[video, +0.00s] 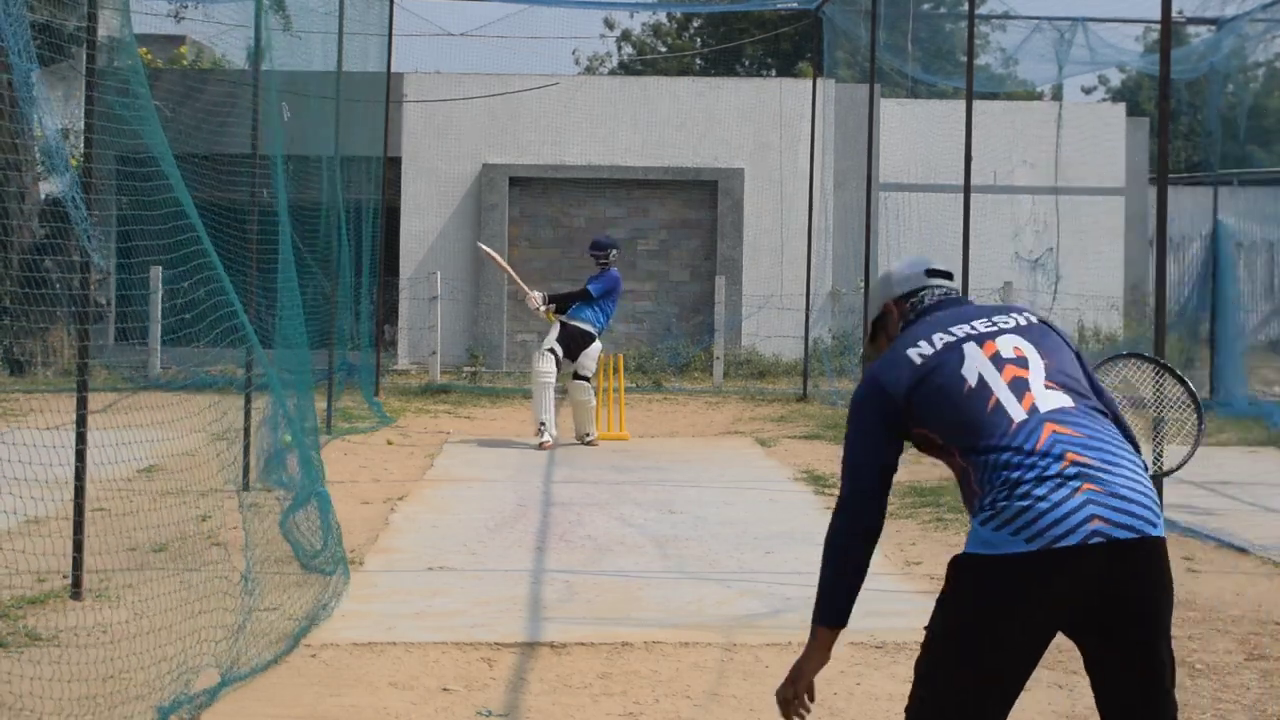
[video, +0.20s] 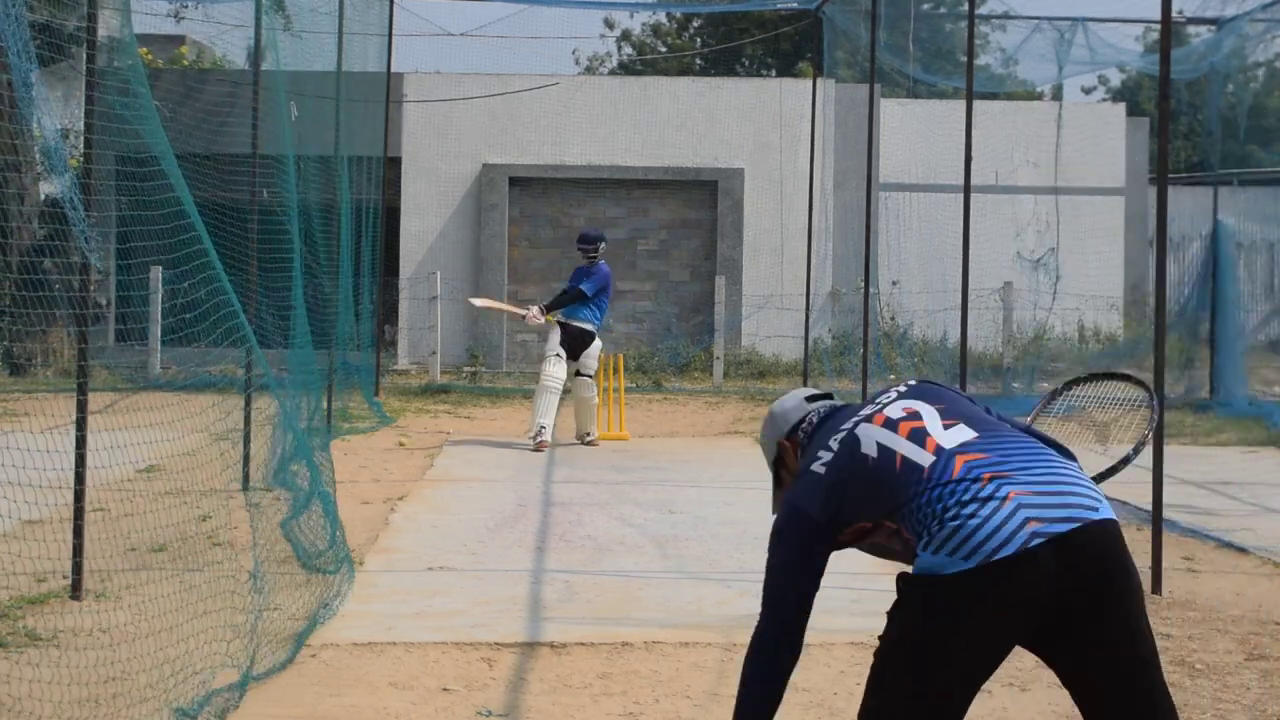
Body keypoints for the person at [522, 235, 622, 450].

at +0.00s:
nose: (599, 260)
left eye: (602, 256)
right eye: (596, 256)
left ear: (610, 255)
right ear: (593, 256)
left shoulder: (612, 277)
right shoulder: (595, 279)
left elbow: (583, 295)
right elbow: (572, 307)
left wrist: (545, 298)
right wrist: (548, 308)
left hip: (588, 332)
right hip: (566, 326)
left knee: (580, 384)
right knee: (544, 365)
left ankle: (585, 434)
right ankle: (545, 430)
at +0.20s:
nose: (587, 256)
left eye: (591, 251)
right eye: (583, 251)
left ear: (600, 250)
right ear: (580, 251)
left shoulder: (602, 272)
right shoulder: (579, 272)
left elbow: (576, 295)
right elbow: (565, 295)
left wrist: (544, 309)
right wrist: (541, 311)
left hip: (586, 333)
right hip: (564, 328)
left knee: (584, 385)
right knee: (551, 377)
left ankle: (586, 433)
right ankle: (542, 431)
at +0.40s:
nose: (574, 251)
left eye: (578, 246)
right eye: (569, 246)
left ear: (586, 246)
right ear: (563, 246)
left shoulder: (589, 269)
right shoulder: (556, 266)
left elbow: (579, 304)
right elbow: (548, 294)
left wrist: (563, 331)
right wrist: (548, 319)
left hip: (580, 327)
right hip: (555, 325)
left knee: (581, 380)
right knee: (547, 378)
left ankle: (586, 431)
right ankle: (545, 434)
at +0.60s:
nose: (570, 250)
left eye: (575, 246)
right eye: (566, 245)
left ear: (580, 244)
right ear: (559, 240)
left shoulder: (585, 264)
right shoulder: (545, 262)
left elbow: (589, 296)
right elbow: (543, 298)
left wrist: (591, 323)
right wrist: (566, 317)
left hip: (573, 321)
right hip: (547, 320)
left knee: (582, 380)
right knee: (549, 377)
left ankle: (579, 426)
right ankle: (545, 434)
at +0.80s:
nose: (576, 246)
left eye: (581, 243)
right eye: (574, 240)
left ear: (584, 244)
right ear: (565, 235)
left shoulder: (579, 261)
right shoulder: (549, 258)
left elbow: (573, 289)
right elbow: (547, 295)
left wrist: (593, 301)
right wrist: (577, 308)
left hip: (568, 319)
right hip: (547, 318)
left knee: (580, 375)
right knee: (551, 376)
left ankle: (564, 432)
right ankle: (544, 434)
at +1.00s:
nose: (589, 248)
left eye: (591, 244)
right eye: (588, 243)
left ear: (587, 241)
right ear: (579, 237)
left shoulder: (579, 260)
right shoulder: (559, 256)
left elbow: (571, 295)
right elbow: (549, 292)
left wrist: (592, 295)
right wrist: (577, 311)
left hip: (569, 320)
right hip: (554, 319)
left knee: (572, 380)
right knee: (558, 380)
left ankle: (563, 435)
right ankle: (542, 435)